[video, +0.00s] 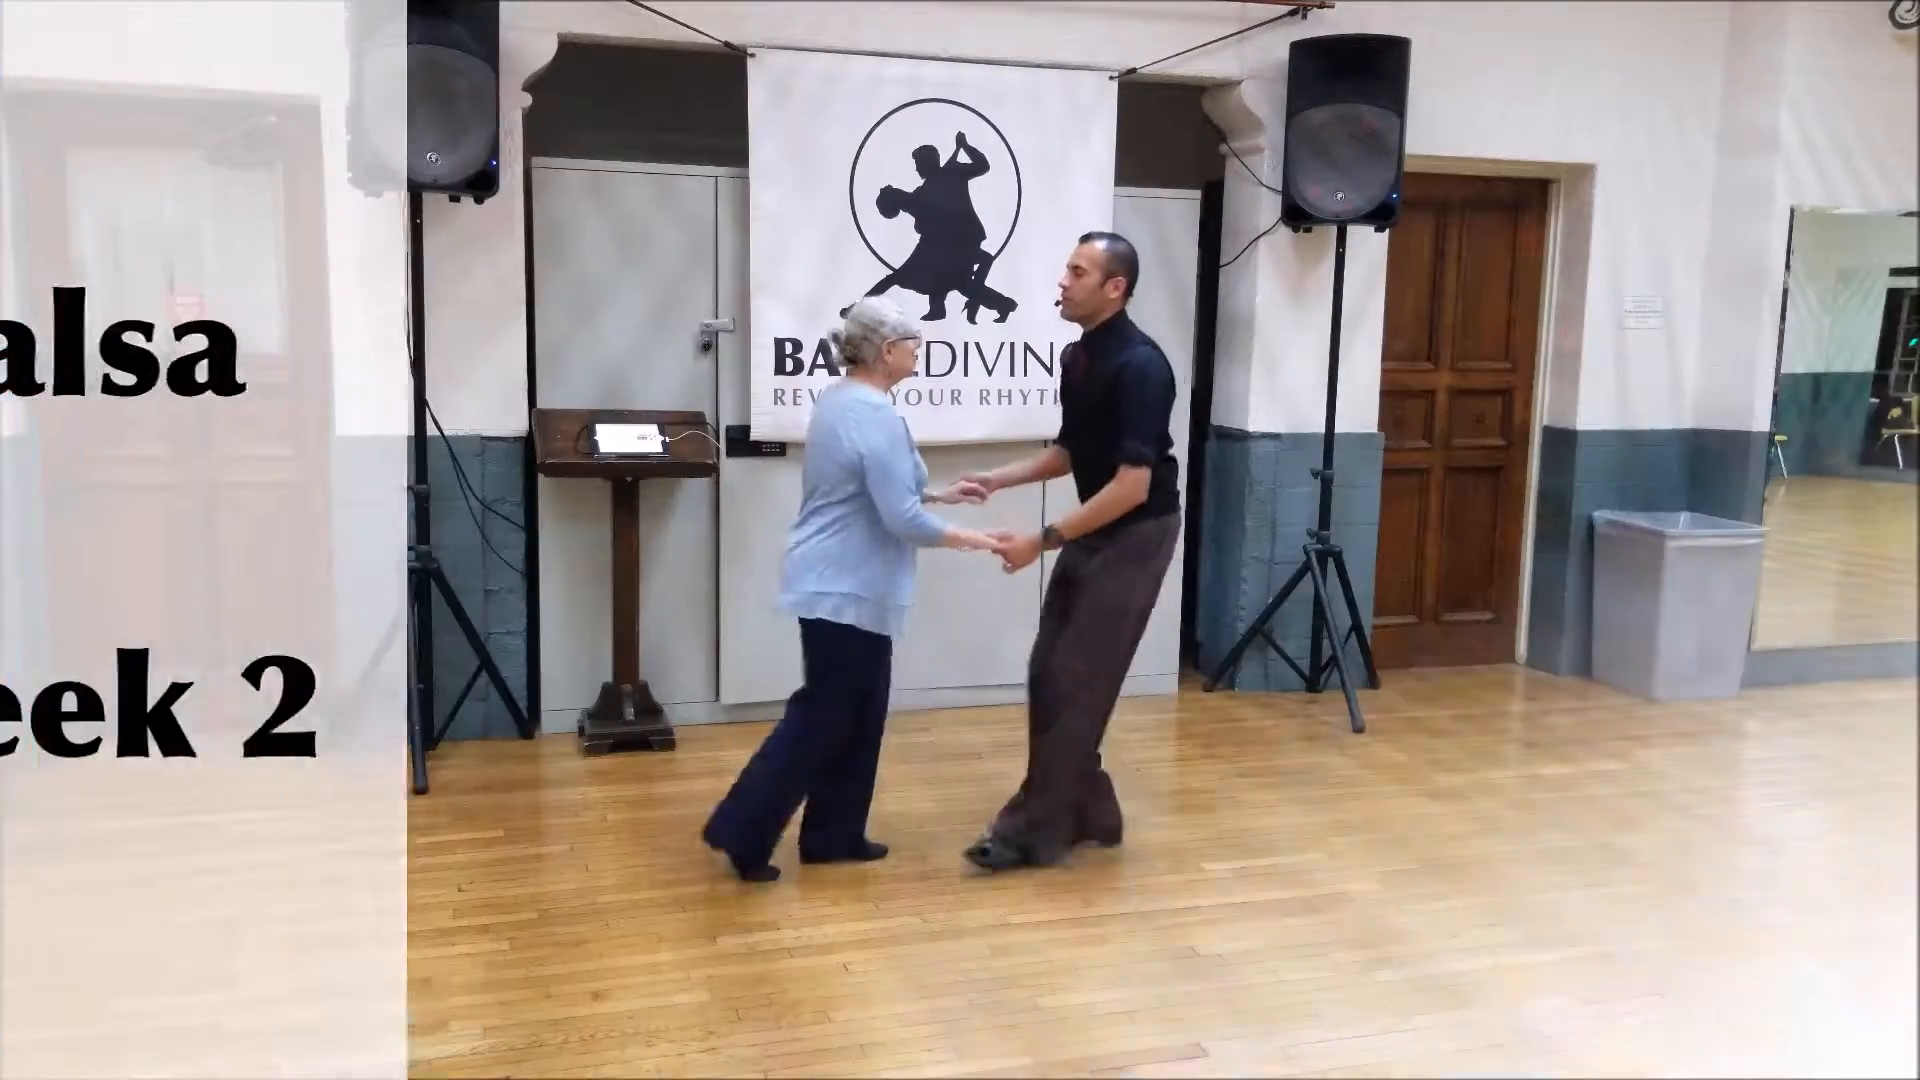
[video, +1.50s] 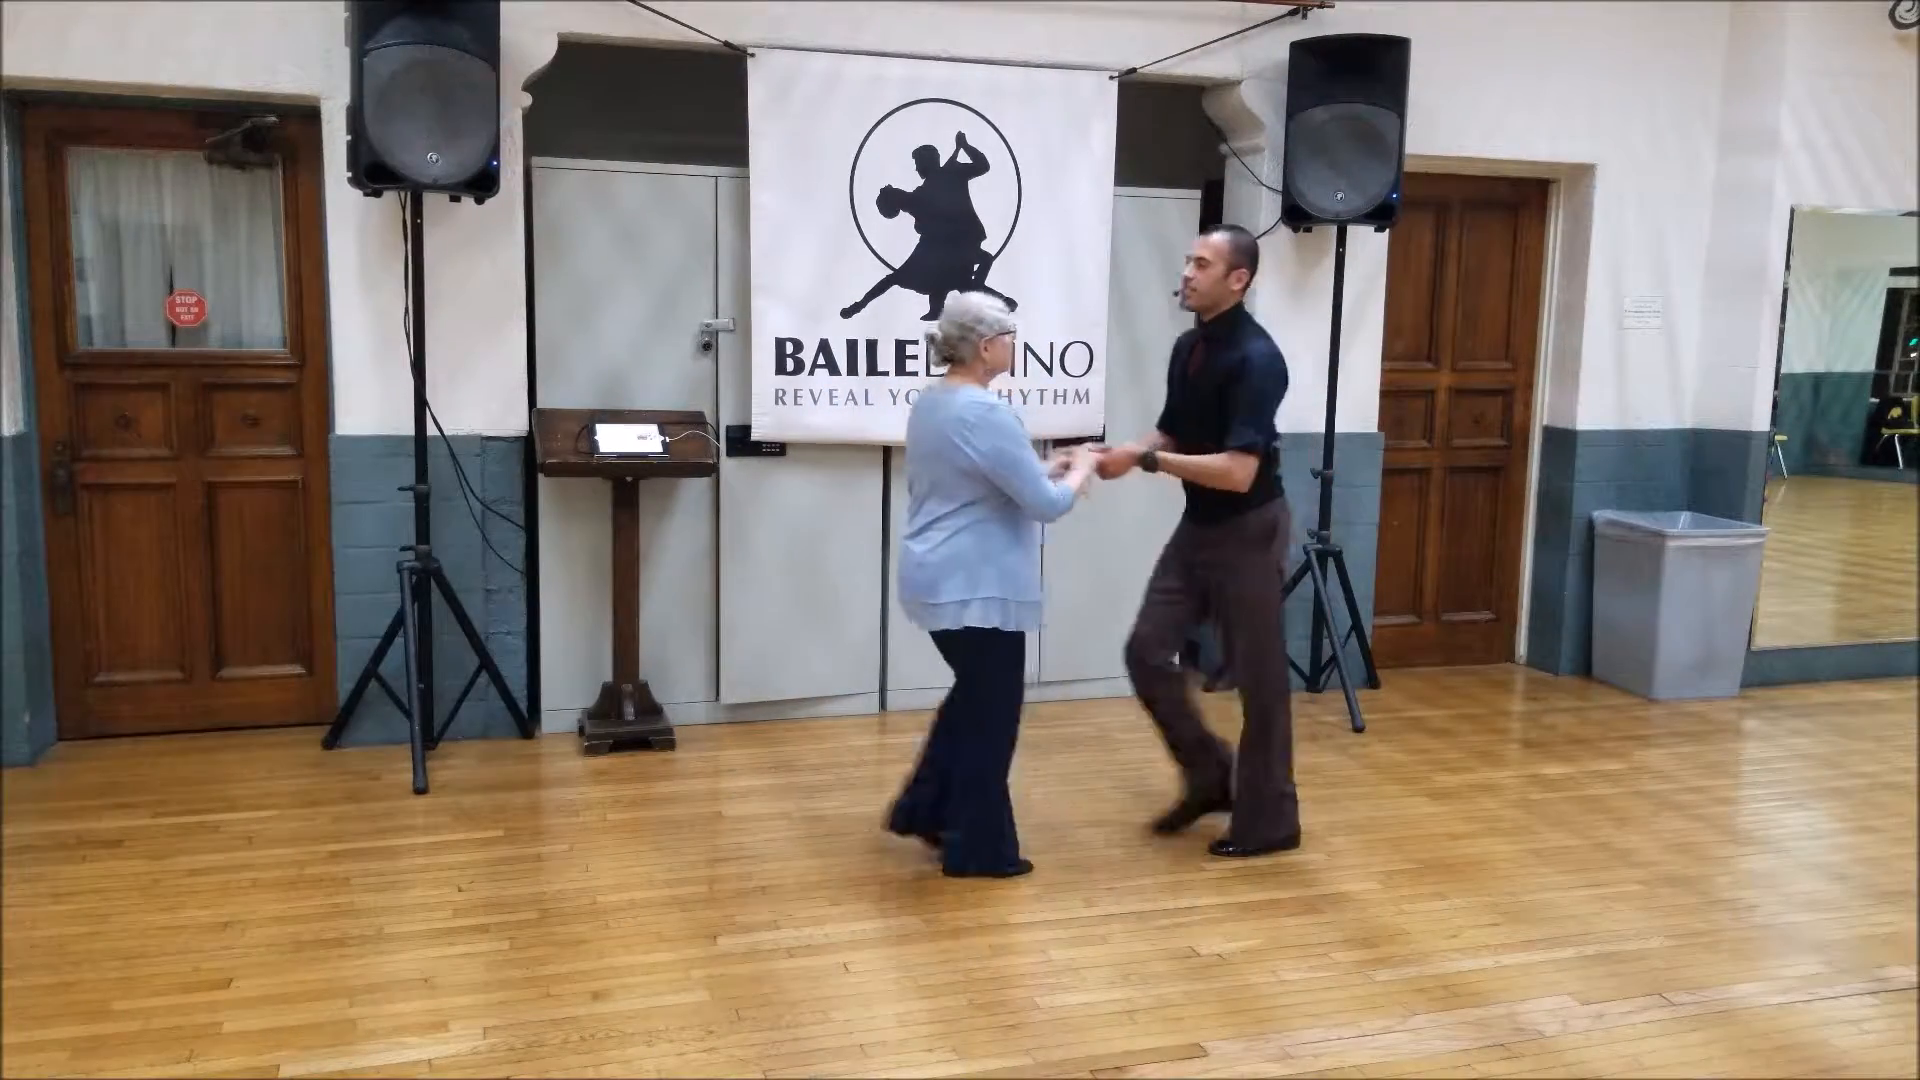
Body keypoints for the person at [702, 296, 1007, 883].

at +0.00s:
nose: (918, 352)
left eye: (916, 342)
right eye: (911, 343)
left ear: (872, 349)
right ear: (884, 350)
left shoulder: (838, 402)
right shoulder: (876, 418)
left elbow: (876, 493)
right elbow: (904, 517)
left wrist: (943, 495)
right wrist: (974, 538)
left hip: (837, 582)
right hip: (850, 589)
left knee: (858, 713)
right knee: (833, 712)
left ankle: (833, 835)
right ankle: (742, 829)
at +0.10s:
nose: (925, 349)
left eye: (922, 339)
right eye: (918, 341)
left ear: (872, 350)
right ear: (892, 350)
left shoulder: (844, 401)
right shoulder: (888, 415)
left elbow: (881, 483)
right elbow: (918, 515)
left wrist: (949, 483)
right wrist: (996, 536)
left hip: (832, 576)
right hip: (867, 584)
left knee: (847, 704)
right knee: (891, 702)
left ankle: (835, 833)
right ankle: (787, 809)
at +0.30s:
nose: (954, 347)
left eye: (951, 337)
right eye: (947, 337)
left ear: (908, 344)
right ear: (918, 344)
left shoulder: (869, 400)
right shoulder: (914, 409)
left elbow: (924, 483)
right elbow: (952, 499)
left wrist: (994, 485)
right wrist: (1039, 513)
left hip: (847, 577)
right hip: (903, 582)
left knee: (847, 712)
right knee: (945, 711)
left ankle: (827, 838)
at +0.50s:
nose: (986, 348)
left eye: (983, 339)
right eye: (980, 339)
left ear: (941, 348)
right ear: (955, 347)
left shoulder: (908, 402)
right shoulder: (949, 412)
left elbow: (969, 493)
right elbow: (995, 497)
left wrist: (1042, 511)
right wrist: (1062, 503)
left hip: (900, 577)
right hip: (949, 582)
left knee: (913, 700)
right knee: (975, 710)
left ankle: (858, 820)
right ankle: (961, 841)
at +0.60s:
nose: (1001, 352)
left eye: (999, 342)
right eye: (994, 343)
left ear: (956, 352)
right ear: (967, 352)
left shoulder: (926, 409)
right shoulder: (960, 414)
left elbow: (991, 496)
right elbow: (1011, 499)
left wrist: (1059, 513)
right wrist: (1079, 510)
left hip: (925, 580)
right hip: (960, 582)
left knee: (965, 688)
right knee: (984, 700)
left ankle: (904, 794)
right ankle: (966, 840)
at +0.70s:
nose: (1018, 350)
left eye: (1016, 340)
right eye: (1010, 341)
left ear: (974, 350)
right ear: (983, 349)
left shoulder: (947, 408)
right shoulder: (974, 416)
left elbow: (1023, 496)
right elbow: (1033, 503)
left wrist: (1086, 502)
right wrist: (1100, 507)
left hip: (950, 569)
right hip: (969, 574)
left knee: (991, 693)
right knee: (1002, 695)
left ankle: (984, 817)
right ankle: (965, 841)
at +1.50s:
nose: (1015, 344)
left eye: (1011, 335)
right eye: (1007, 336)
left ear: (963, 346)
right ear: (981, 345)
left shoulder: (928, 405)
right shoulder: (984, 415)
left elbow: (987, 481)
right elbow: (1046, 502)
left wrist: (1046, 467)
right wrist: (1077, 476)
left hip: (935, 581)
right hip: (981, 588)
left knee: (976, 694)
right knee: (994, 712)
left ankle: (923, 807)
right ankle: (981, 847)